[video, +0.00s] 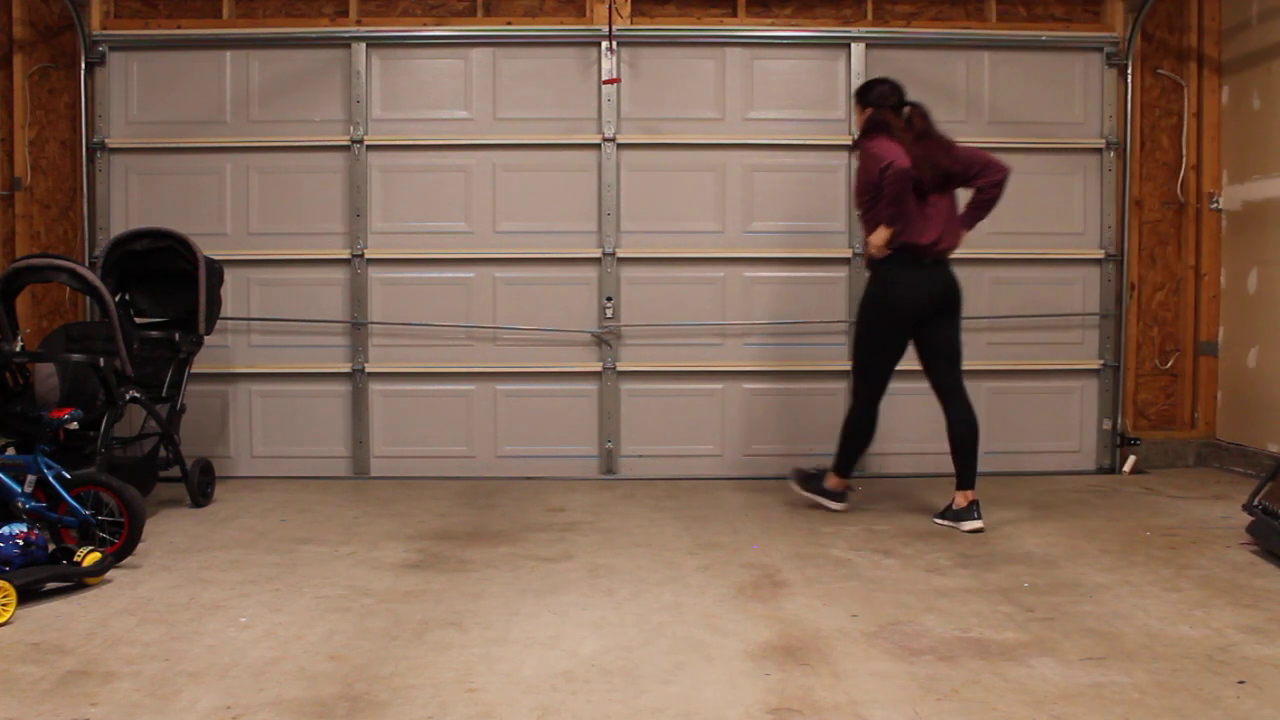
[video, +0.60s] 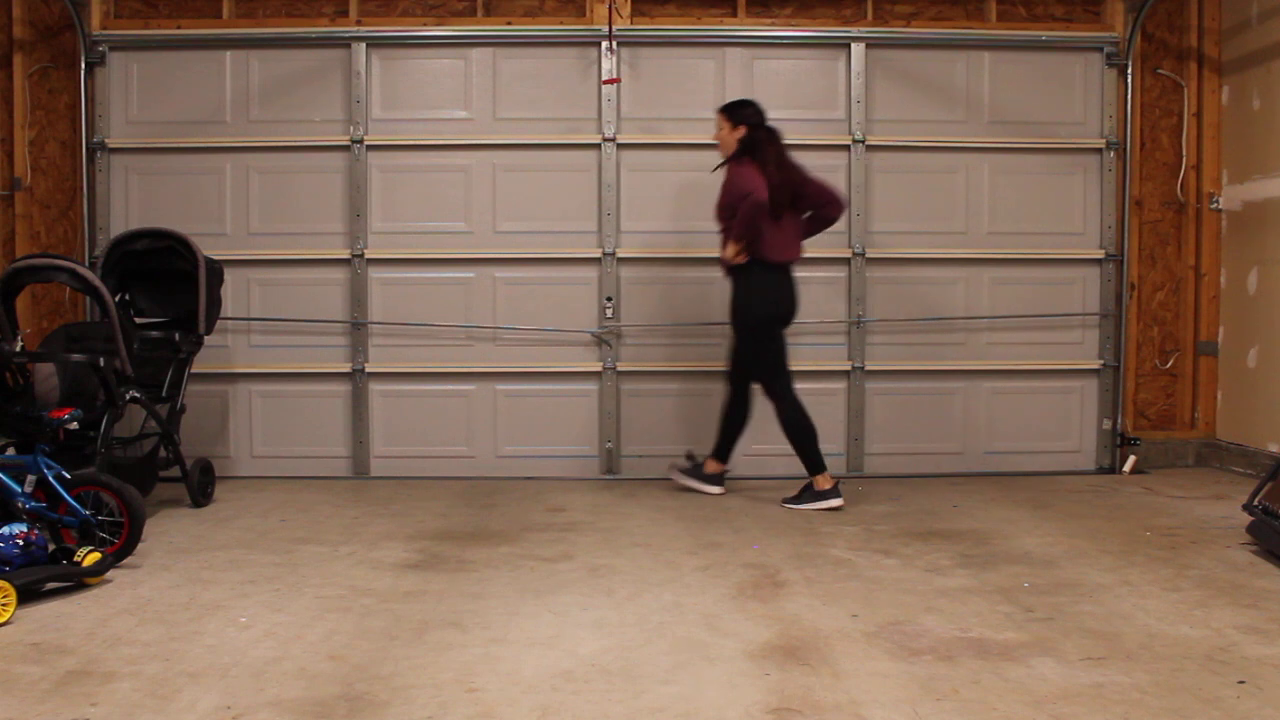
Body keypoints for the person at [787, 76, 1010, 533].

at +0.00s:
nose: (855, 121)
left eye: (857, 113)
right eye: (856, 113)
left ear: (868, 113)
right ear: (898, 112)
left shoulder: (874, 145)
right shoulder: (928, 146)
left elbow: (899, 168)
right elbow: (995, 172)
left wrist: (886, 228)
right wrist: (961, 225)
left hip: (893, 283)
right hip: (937, 280)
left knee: (866, 391)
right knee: (953, 392)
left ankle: (835, 483)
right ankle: (965, 501)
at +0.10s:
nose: (832, 129)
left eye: (834, 122)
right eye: (833, 122)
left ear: (849, 122)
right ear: (873, 120)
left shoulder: (852, 155)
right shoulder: (903, 155)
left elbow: (873, 179)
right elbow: (967, 182)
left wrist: (861, 241)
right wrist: (933, 234)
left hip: (868, 288)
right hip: (911, 286)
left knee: (845, 392)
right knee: (925, 390)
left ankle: (827, 487)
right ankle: (963, 493)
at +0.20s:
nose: (806, 127)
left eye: (809, 119)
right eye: (807, 119)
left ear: (824, 119)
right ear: (847, 118)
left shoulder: (827, 153)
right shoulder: (878, 152)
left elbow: (845, 180)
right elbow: (938, 183)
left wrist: (830, 234)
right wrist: (905, 233)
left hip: (839, 284)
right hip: (880, 282)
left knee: (824, 389)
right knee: (882, 386)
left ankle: (824, 486)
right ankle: (943, 465)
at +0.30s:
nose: (782, 124)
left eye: (785, 117)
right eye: (783, 117)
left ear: (802, 118)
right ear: (822, 117)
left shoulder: (805, 148)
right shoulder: (853, 149)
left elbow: (816, 167)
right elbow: (915, 177)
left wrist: (800, 216)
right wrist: (880, 218)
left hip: (817, 276)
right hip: (853, 274)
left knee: (812, 382)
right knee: (835, 375)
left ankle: (824, 486)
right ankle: (893, 449)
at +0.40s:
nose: (761, 123)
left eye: (765, 116)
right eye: (763, 116)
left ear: (781, 117)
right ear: (800, 118)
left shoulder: (783, 143)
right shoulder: (829, 145)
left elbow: (791, 153)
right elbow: (894, 167)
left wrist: (777, 206)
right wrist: (852, 203)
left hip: (799, 270)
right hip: (828, 268)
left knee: (802, 380)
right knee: (803, 377)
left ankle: (824, 484)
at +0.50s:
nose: (738, 128)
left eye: (743, 121)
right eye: (740, 121)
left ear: (761, 121)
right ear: (776, 121)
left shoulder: (762, 148)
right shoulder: (806, 152)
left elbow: (770, 168)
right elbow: (866, 178)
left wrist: (755, 216)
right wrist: (820, 216)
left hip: (777, 273)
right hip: (805, 272)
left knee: (797, 384)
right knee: (775, 377)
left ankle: (825, 485)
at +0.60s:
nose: (715, 137)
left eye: (719, 129)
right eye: (717, 128)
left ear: (740, 131)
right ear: (747, 132)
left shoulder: (740, 167)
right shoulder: (778, 165)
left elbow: (754, 196)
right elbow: (832, 205)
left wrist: (733, 243)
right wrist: (792, 236)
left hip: (755, 287)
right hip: (777, 284)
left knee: (777, 388)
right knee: (740, 378)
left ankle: (823, 483)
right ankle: (713, 468)